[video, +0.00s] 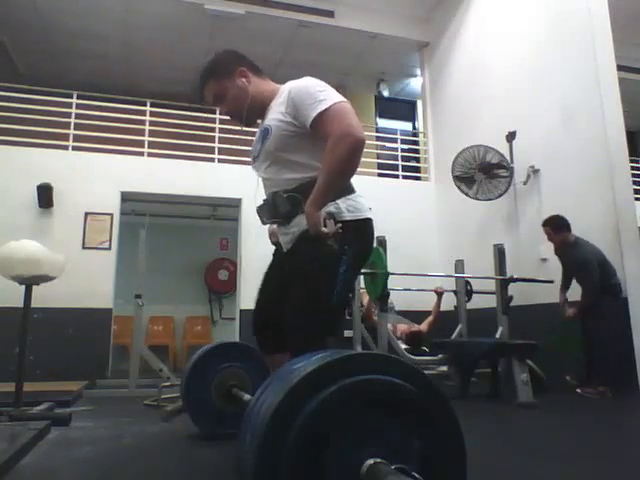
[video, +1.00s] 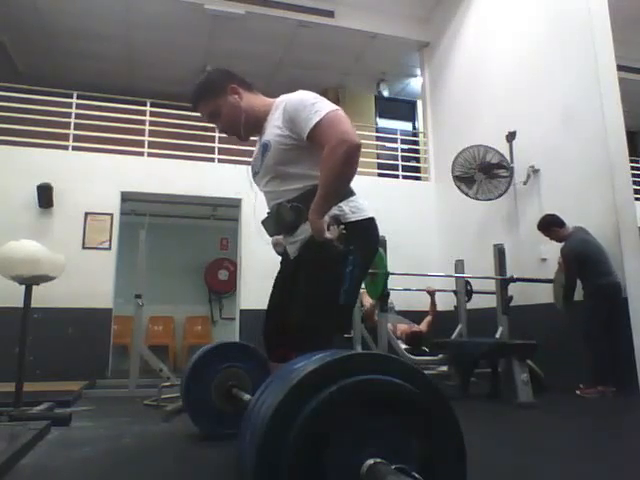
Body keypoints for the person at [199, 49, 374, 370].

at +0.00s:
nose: (222, 111)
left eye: (221, 98)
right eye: (216, 106)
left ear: (243, 77)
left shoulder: (300, 91)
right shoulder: (265, 134)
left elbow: (349, 137)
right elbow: (291, 181)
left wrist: (313, 206)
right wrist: (277, 222)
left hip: (335, 228)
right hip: (300, 237)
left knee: (303, 333)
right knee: (268, 326)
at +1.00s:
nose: (219, 129)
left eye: (216, 116)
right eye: (212, 123)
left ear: (235, 93)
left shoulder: (294, 104)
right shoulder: (260, 157)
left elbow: (345, 143)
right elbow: (291, 198)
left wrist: (317, 214)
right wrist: (281, 234)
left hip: (339, 234)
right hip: (304, 247)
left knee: (310, 340)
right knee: (277, 339)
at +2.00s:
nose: (208, 150)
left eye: (204, 139)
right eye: (201, 145)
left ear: (220, 112)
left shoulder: (280, 114)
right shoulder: (247, 169)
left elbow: (332, 155)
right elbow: (279, 209)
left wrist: (306, 224)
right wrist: (272, 243)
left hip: (336, 237)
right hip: (300, 251)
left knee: (303, 335)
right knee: (274, 337)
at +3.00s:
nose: (202, 155)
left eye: (197, 143)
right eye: (194, 150)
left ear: (213, 118)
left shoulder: (271, 118)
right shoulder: (240, 170)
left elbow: (317, 160)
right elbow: (271, 216)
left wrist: (297, 236)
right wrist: (257, 254)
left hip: (331, 238)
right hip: (296, 251)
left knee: (298, 333)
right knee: (266, 334)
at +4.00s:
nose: (213, 125)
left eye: (210, 111)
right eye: (206, 119)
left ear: (230, 89)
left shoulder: (283, 103)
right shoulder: (254, 157)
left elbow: (339, 133)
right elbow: (279, 205)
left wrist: (320, 210)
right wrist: (268, 246)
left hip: (334, 228)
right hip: (299, 242)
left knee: (311, 334)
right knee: (276, 330)